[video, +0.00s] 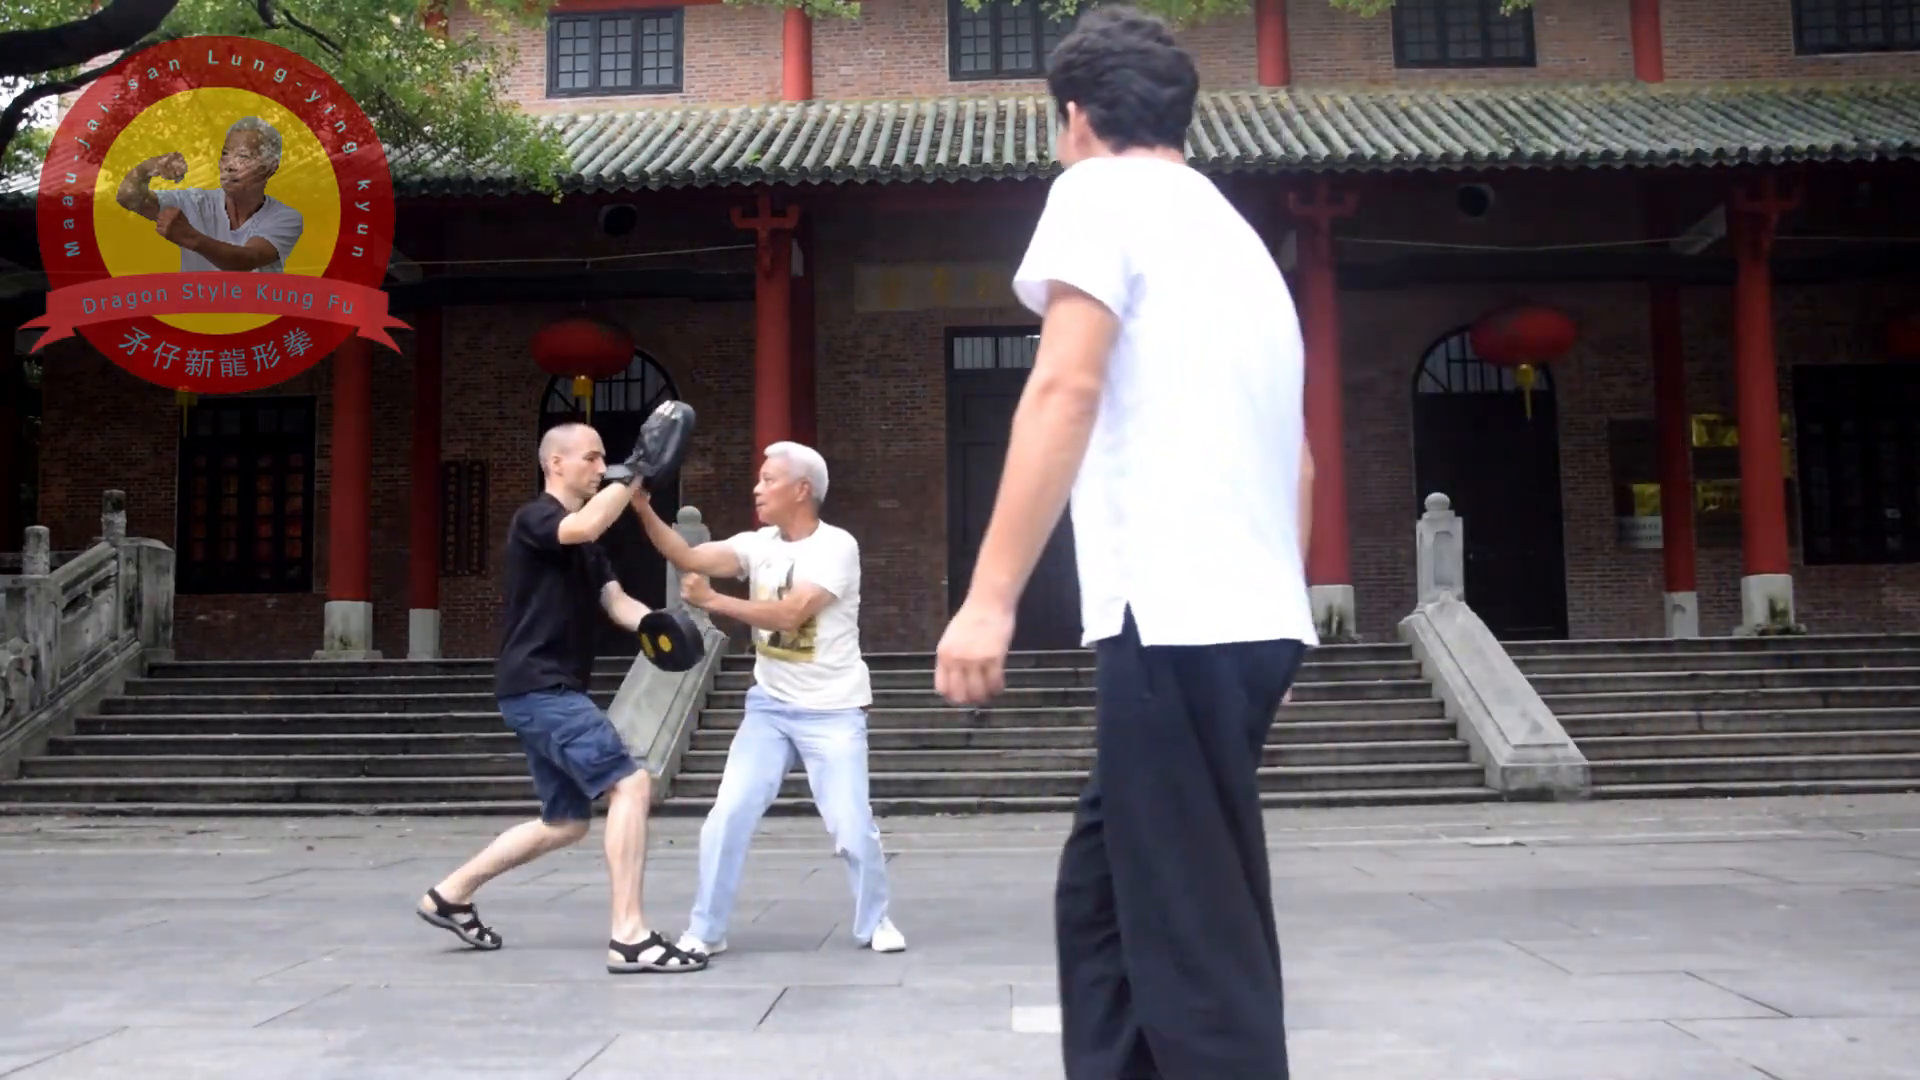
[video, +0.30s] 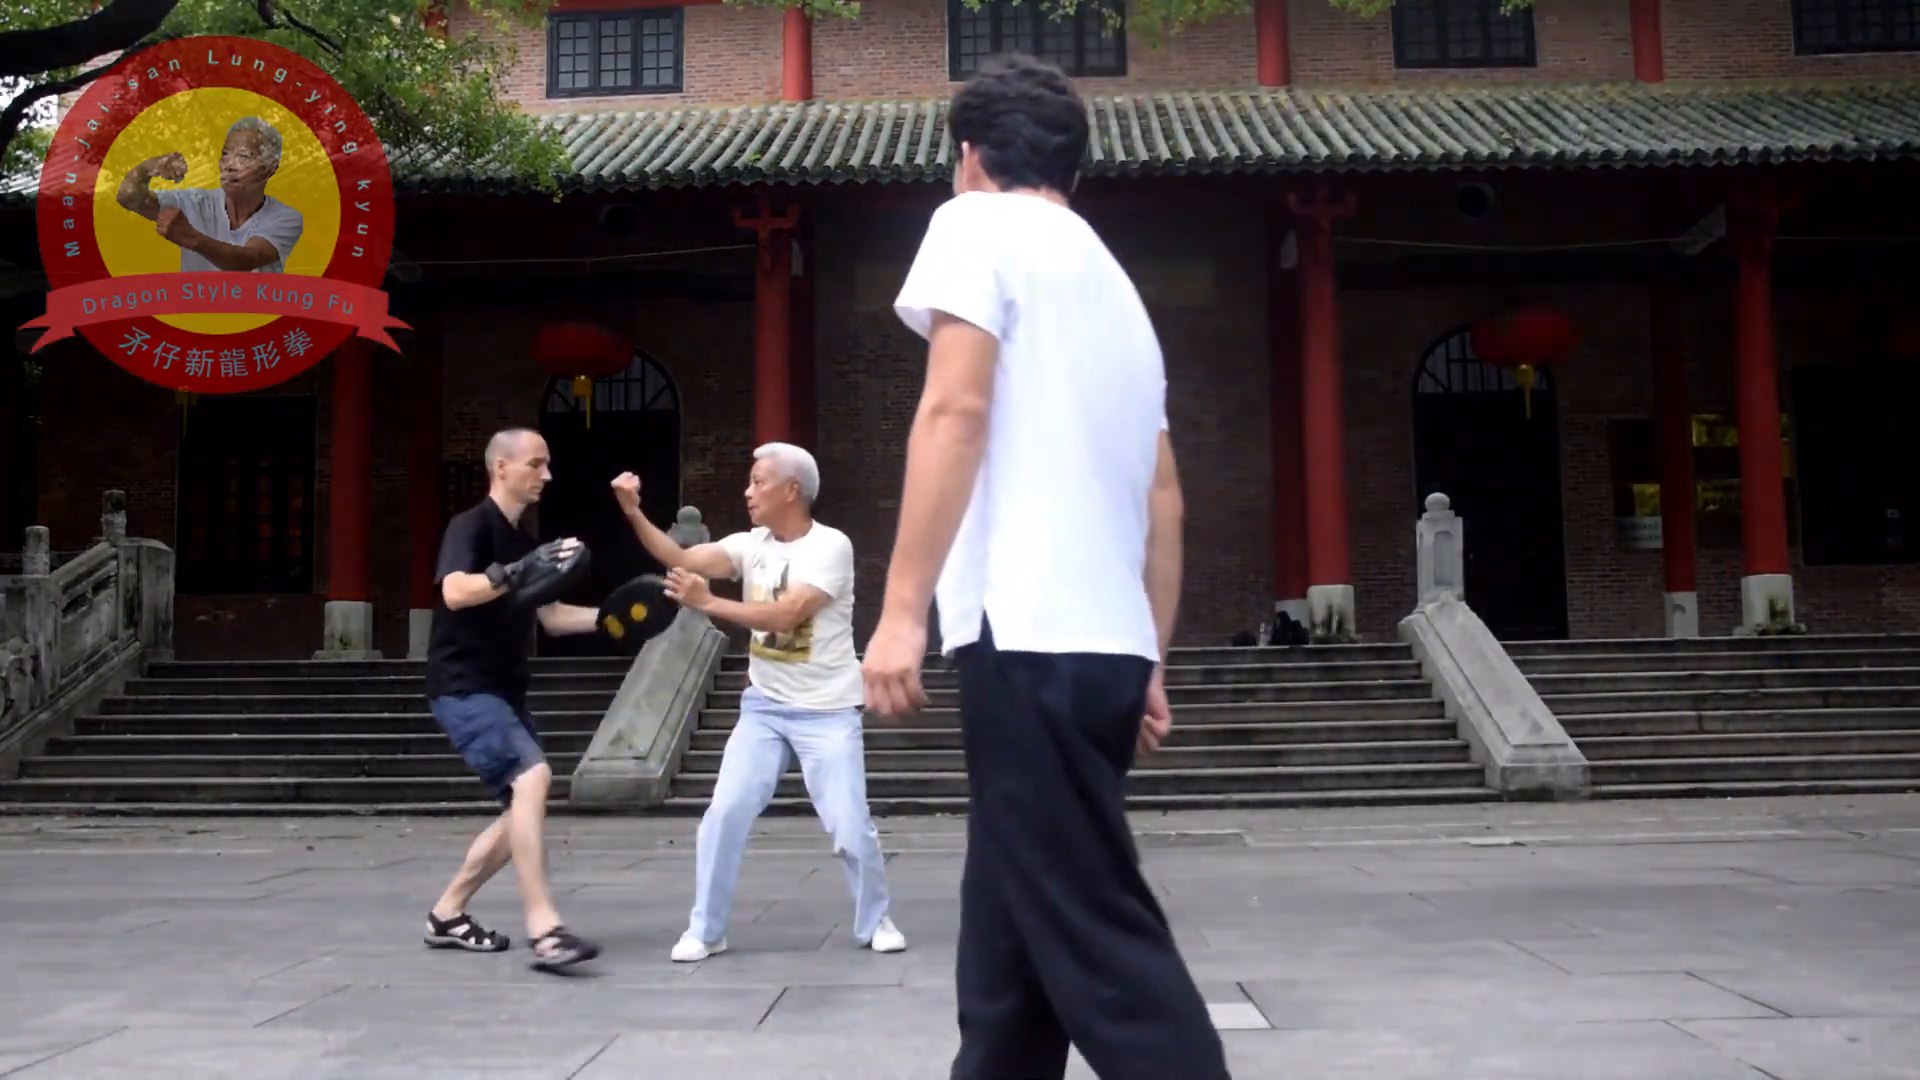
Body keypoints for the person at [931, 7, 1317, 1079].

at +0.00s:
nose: (1055, 146)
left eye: (1054, 125)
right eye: (1053, 127)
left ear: (1083, 118)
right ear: (1175, 121)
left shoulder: (1098, 196)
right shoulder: (1240, 243)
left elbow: (1066, 388)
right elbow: (1297, 462)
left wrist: (990, 597)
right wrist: (1270, 619)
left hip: (1172, 624)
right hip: (1251, 623)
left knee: (1187, 924)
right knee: (1098, 895)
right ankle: (1112, 1072)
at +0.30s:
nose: (950, 175)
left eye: (953, 159)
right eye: (953, 159)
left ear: (975, 158)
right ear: (1070, 169)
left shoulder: (980, 223)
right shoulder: (1117, 290)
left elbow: (954, 413)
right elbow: (1162, 496)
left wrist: (902, 607)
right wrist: (1149, 658)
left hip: (1026, 642)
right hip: (1107, 649)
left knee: (1091, 941)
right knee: (1008, 952)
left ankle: (1186, 1069)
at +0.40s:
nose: (920, 177)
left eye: (922, 163)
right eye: (921, 163)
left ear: (942, 160)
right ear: (1040, 176)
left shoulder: (940, 220)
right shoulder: (1081, 292)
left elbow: (917, 400)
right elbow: (1119, 493)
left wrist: (869, 594)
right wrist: (1100, 636)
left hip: (988, 635)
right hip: (1076, 643)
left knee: (1013, 919)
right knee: (998, 921)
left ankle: (1143, 1068)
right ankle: (986, 1077)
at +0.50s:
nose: (896, 188)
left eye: (896, 176)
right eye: (898, 178)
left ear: (914, 173)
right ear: (1010, 184)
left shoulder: (911, 233)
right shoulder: (1051, 298)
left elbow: (881, 408)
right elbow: (1085, 500)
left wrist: (825, 594)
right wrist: (1050, 626)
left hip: (948, 641)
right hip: (1047, 648)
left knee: (944, 907)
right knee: (1003, 909)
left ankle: (1109, 1068)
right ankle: (982, 1075)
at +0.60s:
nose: (872, 189)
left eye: (872, 178)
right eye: (874, 180)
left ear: (892, 176)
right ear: (987, 188)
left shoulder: (885, 230)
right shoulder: (1025, 304)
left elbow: (848, 407)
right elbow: (1057, 502)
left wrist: (784, 590)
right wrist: (1017, 623)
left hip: (923, 635)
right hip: (1025, 642)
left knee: (891, 892)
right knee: (988, 889)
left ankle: (1061, 1069)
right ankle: (980, 1067)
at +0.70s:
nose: (849, 194)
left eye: (850, 183)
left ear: (868, 181)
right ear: (965, 196)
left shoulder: (863, 236)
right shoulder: (1004, 312)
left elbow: (823, 411)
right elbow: (1035, 507)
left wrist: (754, 588)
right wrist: (995, 627)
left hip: (903, 635)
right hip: (1001, 642)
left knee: (855, 903)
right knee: (971, 901)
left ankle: (949, 1065)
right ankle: (983, 1071)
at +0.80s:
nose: (824, 199)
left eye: (825, 188)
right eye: (828, 188)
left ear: (846, 184)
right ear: (941, 199)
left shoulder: (841, 239)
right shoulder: (981, 316)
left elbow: (801, 414)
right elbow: (1013, 511)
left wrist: (730, 582)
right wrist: (977, 630)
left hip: (881, 635)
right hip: (978, 644)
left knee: (810, 900)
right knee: (953, 912)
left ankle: (849, 1067)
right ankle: (964, 1071)